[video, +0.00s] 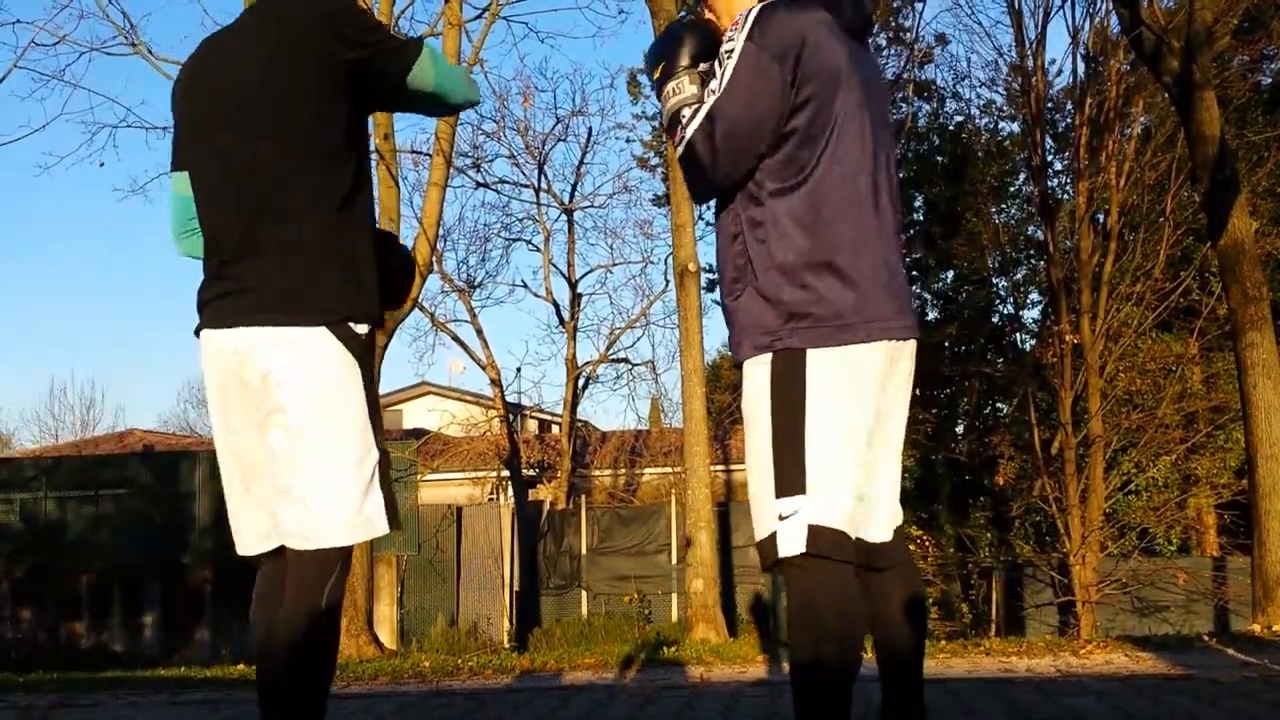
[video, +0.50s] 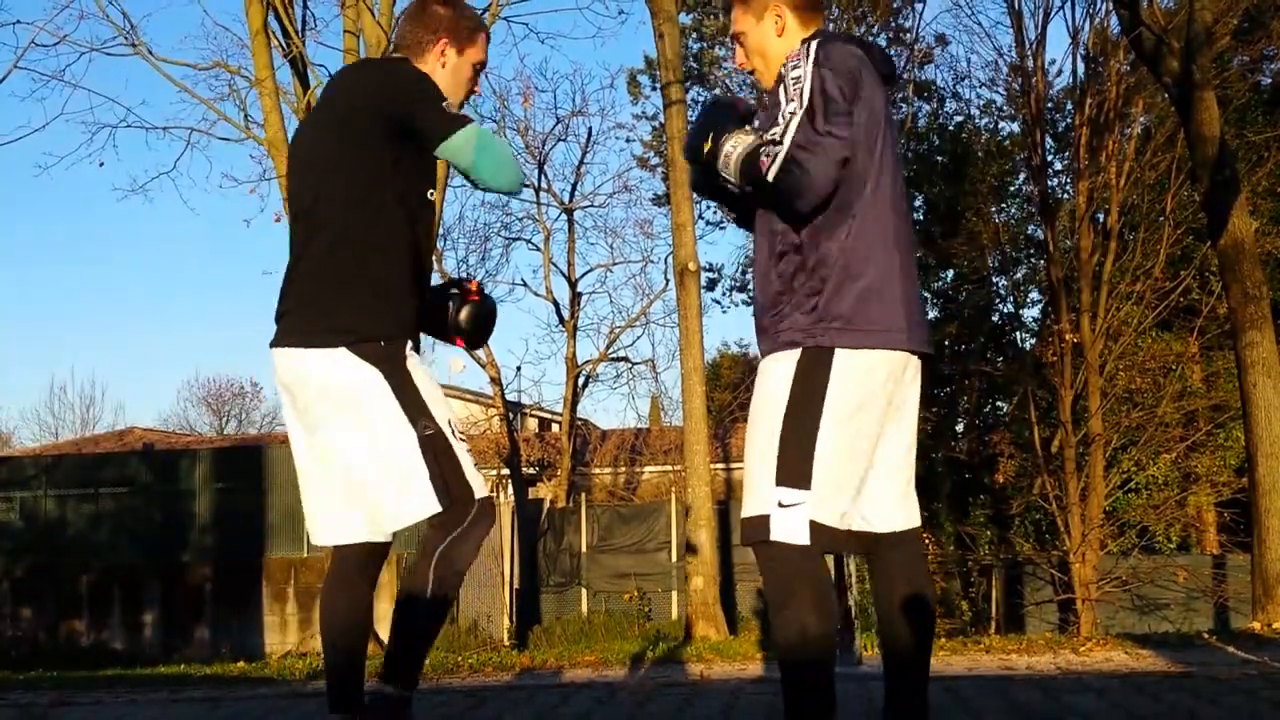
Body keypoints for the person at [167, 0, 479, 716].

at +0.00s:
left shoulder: (199, 66)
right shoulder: (331, 26)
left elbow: (188, 226)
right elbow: (459, 90)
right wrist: (371, 69)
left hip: (226, 332)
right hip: (311, 327)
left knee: (275, 544)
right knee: (319, 541)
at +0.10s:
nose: (380, 16)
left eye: (378, 14)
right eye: (374, 10)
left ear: (290, 5)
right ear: (352, 1)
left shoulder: (228, 79)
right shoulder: (350, 38)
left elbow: (213, 234)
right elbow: (470, 100)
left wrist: (349, 267)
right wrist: (395, 74)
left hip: (246, 332)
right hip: (328, 326)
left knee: (285, 534)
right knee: (337, 527)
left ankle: (305, 717)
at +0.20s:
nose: (401, 30)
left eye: (404, 22)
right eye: (403, 21)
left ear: (324, 13)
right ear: (385, 12)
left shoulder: (255, 93)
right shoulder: (372, 58)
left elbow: (234, 247)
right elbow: (483, 117)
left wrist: (374, 291)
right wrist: (404, 72)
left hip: (267, 338)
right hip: (337, 332)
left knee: (328, 534)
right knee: (360, 530)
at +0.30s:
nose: (431, 58)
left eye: (434, 42)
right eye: (432, 40)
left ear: (354, 22)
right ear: (410, 30)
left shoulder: (276, 111)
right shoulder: (374, 70)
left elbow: (258, 256)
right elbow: (493, 126)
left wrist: (389, 308)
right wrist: (437, 89)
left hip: (285, 350)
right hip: (345, 345)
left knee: (346, 542)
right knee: (403, 532)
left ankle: (335, 718)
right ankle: (335, 718)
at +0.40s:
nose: (454, 77)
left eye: (458, 65)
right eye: (456, 63)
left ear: (388, 35)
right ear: (431, 46)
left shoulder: (300, 111)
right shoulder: (387, 79)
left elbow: (299, 253)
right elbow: (502, 144)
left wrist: (407, 315)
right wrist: (448, 99)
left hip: (295, 347)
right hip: (351, 347)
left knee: (353, 536)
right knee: (450, 528)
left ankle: (343, 710)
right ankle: (350, 702)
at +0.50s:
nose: (472, 88)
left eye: (475, 73)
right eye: (473, 69)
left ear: (422, 44)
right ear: (444, 51)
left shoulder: (336, 106)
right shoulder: (395, 83)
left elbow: (347, 249)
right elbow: (506, 176)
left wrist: (436, 309)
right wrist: (451, 121)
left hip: (306, 345)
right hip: (359, 344)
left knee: (360, 529)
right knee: (467, 513)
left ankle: (345, 707)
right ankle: (396, 696)